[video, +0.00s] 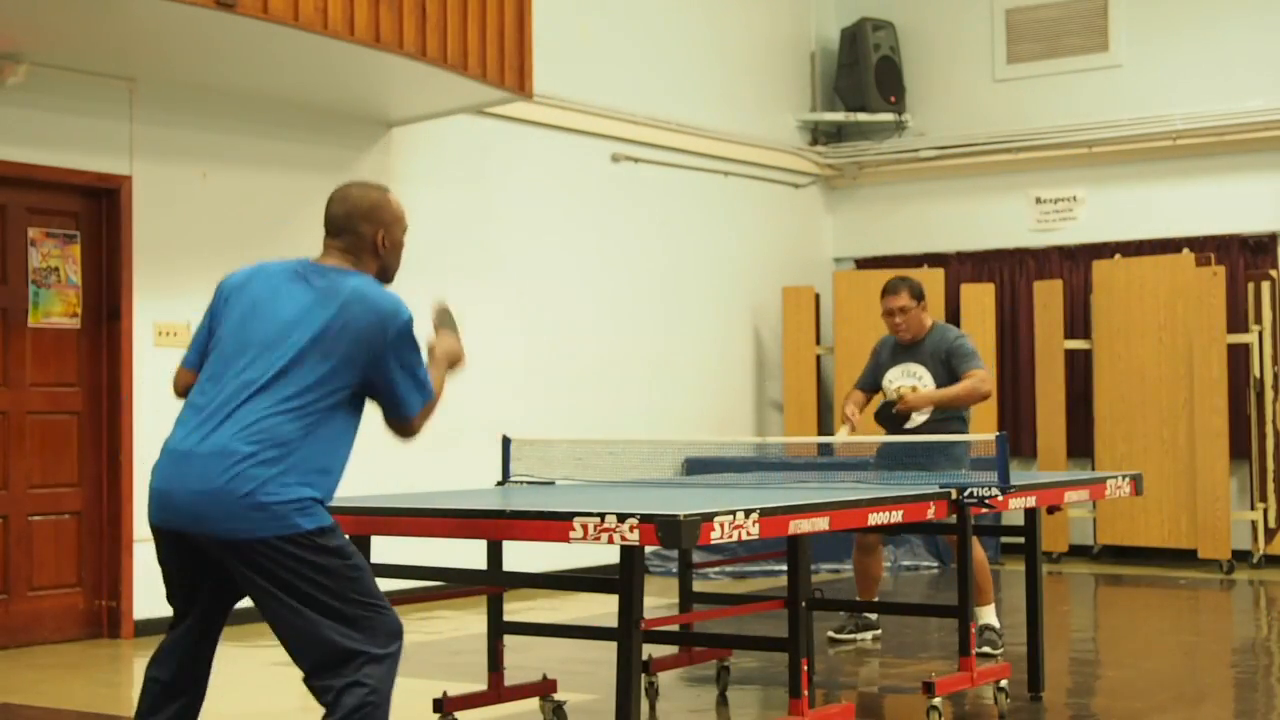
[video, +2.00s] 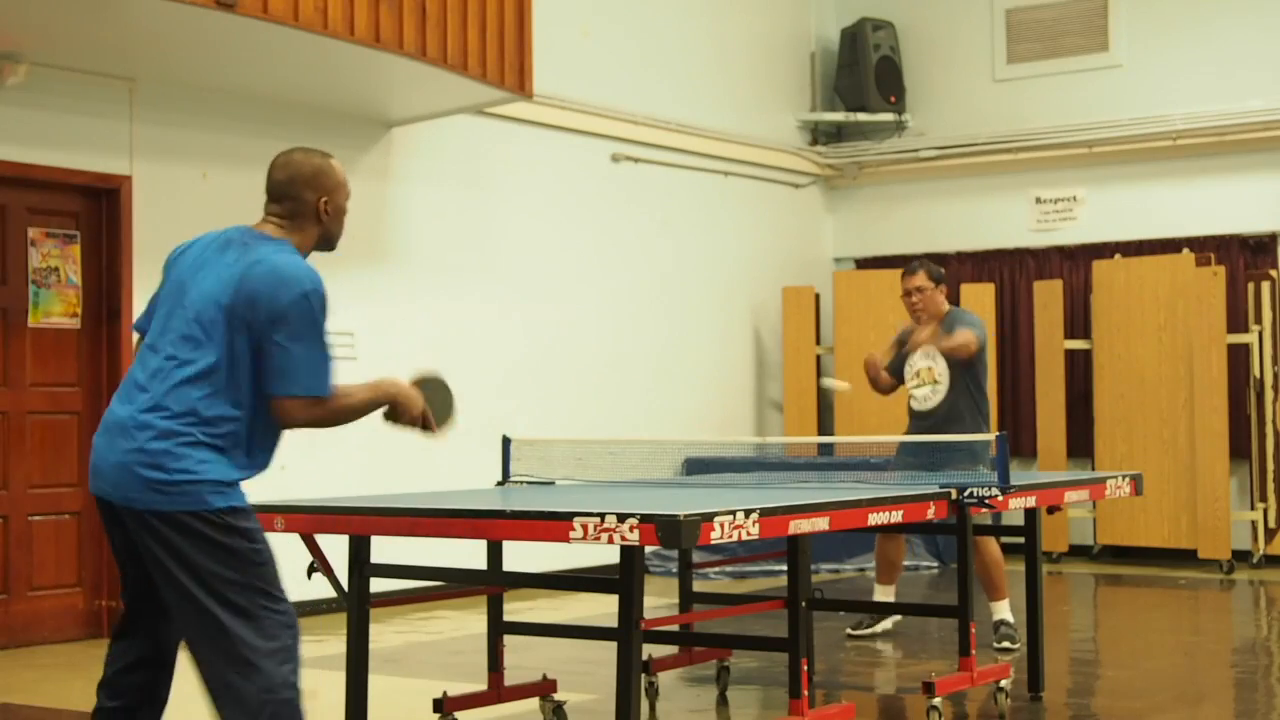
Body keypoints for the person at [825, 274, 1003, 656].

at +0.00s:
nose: (895, 321)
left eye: (902, 311)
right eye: (889, 314)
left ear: (923, 307)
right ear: (883, 314)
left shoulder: (951, 341)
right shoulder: (885, 348)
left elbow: (982, 385)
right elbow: (860, 392)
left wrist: (927, 399)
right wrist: (851, 409)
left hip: (944, 459)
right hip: (895, 458)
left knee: (960, 534)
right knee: (867, 535)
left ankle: (988, 624)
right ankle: (865, 616)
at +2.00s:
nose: (912, 300)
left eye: (919, 292)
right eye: (907, 294)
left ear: (941, 291)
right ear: (903, 298)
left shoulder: (965, 321)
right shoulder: (909, 335)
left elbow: (965, 346)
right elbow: (886, 386)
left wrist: (931, 343)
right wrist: (874, 369)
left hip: (964, 445)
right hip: (917, 445)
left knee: (977, 529)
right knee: (890, 521)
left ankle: (1003, 618)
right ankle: (884, 607)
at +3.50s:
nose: (947, 297)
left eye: (955, 290)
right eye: (941, 291)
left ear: (974, 291)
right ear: (935, 295)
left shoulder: (1000, 334)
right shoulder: (930, 338)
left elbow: (1020, 384)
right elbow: (908, 387)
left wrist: (975, 401)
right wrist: (907, 402)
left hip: (982, 449)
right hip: (933, 449)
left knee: (996, 528)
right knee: (914, 524)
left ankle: (1016, 615)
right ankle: (904, 609)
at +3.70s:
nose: (939, 312)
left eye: (946, 304)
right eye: (933, 306)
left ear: (968, 303)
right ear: (928, 309)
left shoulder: (993, 336)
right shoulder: (932, 346)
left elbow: (1016, 374)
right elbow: (908, 391)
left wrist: (961, 390)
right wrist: (900, 390)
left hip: (982, 453)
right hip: (934, 452)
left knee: (991, 529)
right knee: (910, 523)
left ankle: (1016, 616)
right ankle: (904, 611)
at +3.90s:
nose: (946, 292)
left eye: (954, 284)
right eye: (941, 286)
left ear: (976, 288)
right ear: (937, 292)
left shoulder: (996, 321)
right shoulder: (942, 331)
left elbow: (998, 341)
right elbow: (921, 374)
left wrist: (978, 338)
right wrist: (908, 370)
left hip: (983, 444)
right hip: (937, 443)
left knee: (993, 527)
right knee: (913, 517)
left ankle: (1017, 613)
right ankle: (899, 601)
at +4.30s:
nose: (939, 292)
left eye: (946, 284)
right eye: (932, 285)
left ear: (964, 289)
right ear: (925, 291)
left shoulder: (986, 333)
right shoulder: (915, 335)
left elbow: (1007, 380)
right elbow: (891, 381)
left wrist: (975, 393)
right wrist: (899, 392)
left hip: (975, 447)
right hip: (924, 447)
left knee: (995, 525)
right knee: (910, 524)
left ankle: (1019, 613)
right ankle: (904, 609)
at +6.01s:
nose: (827, 290)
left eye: (835, 282)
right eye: (824, 283)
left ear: (859, 284)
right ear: (822, 288)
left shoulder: (879, 328)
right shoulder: (827, 327)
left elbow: (883, 390)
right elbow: (825, 387)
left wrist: (871, 445)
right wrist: (813, 438)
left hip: (860, 444)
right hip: (824, 442)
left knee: (856, 524)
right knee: (812, 519)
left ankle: (857, 615)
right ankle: (863, 578)